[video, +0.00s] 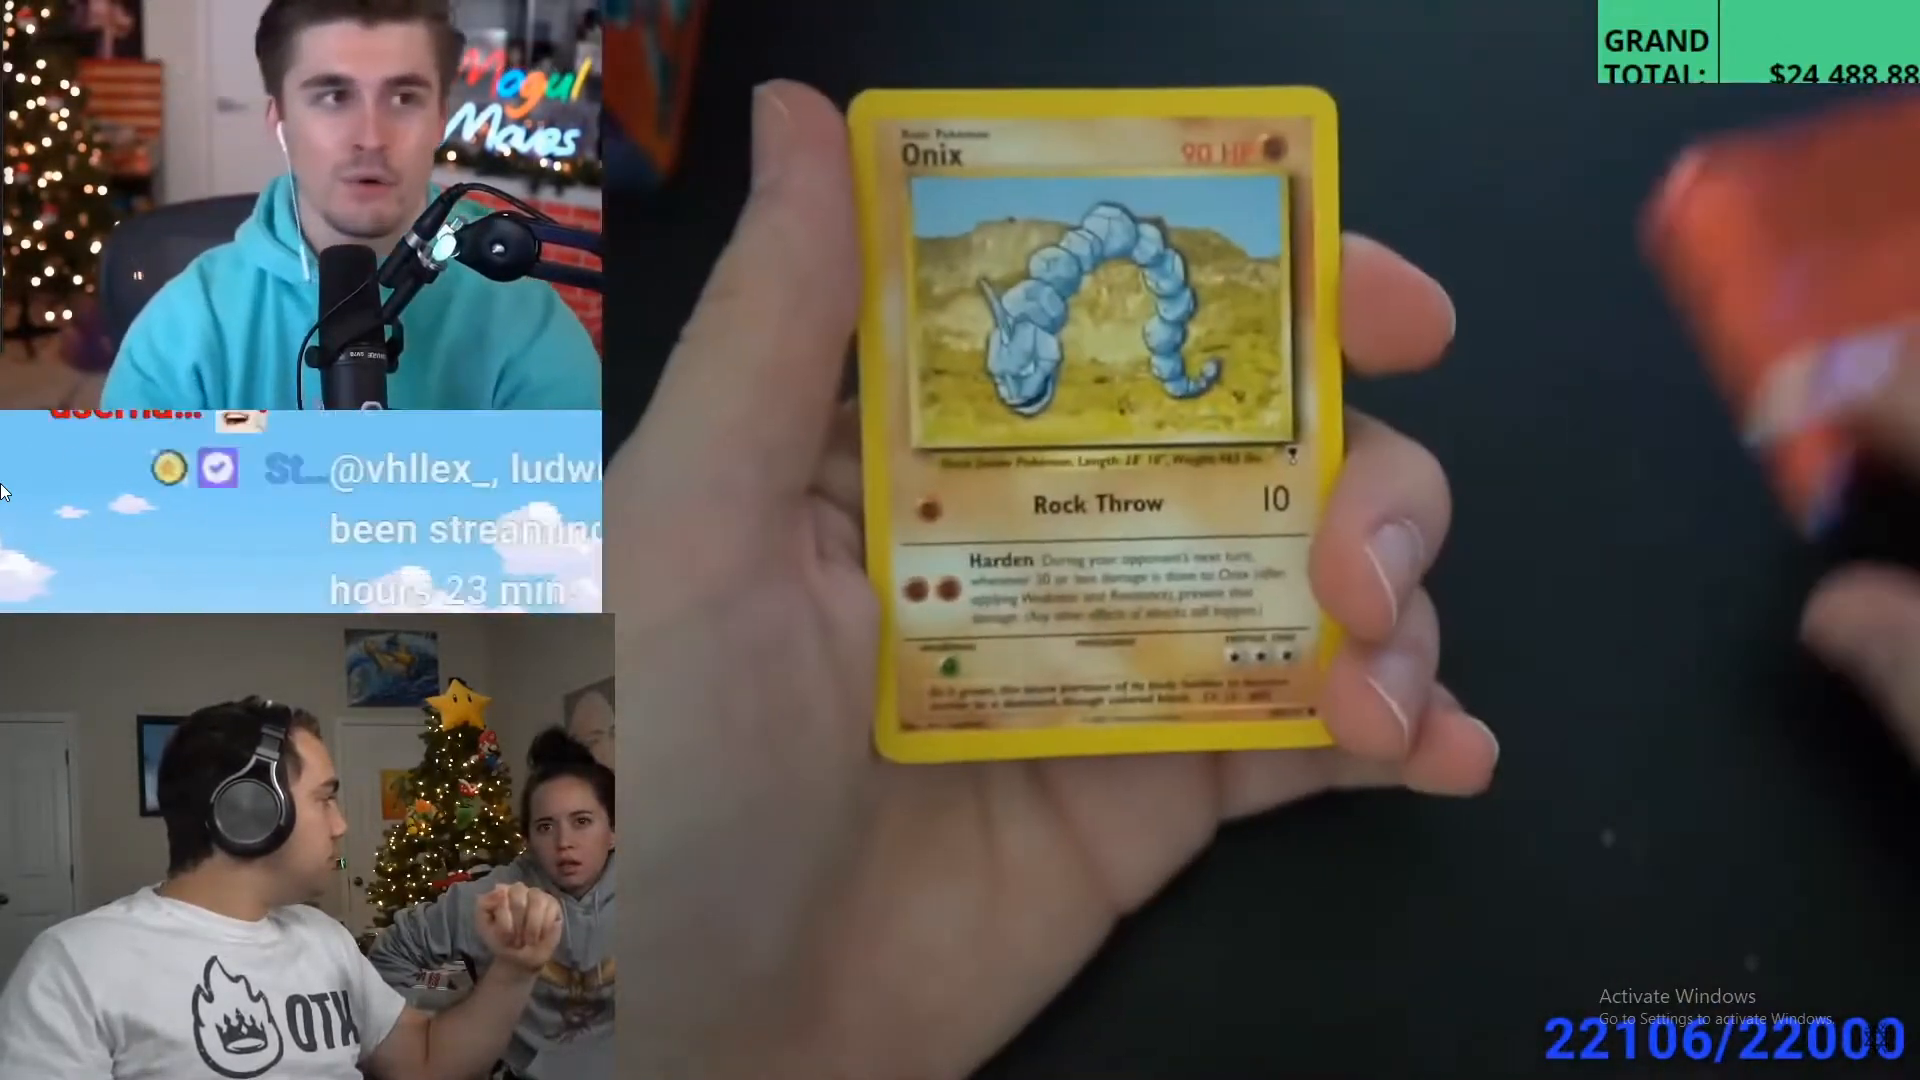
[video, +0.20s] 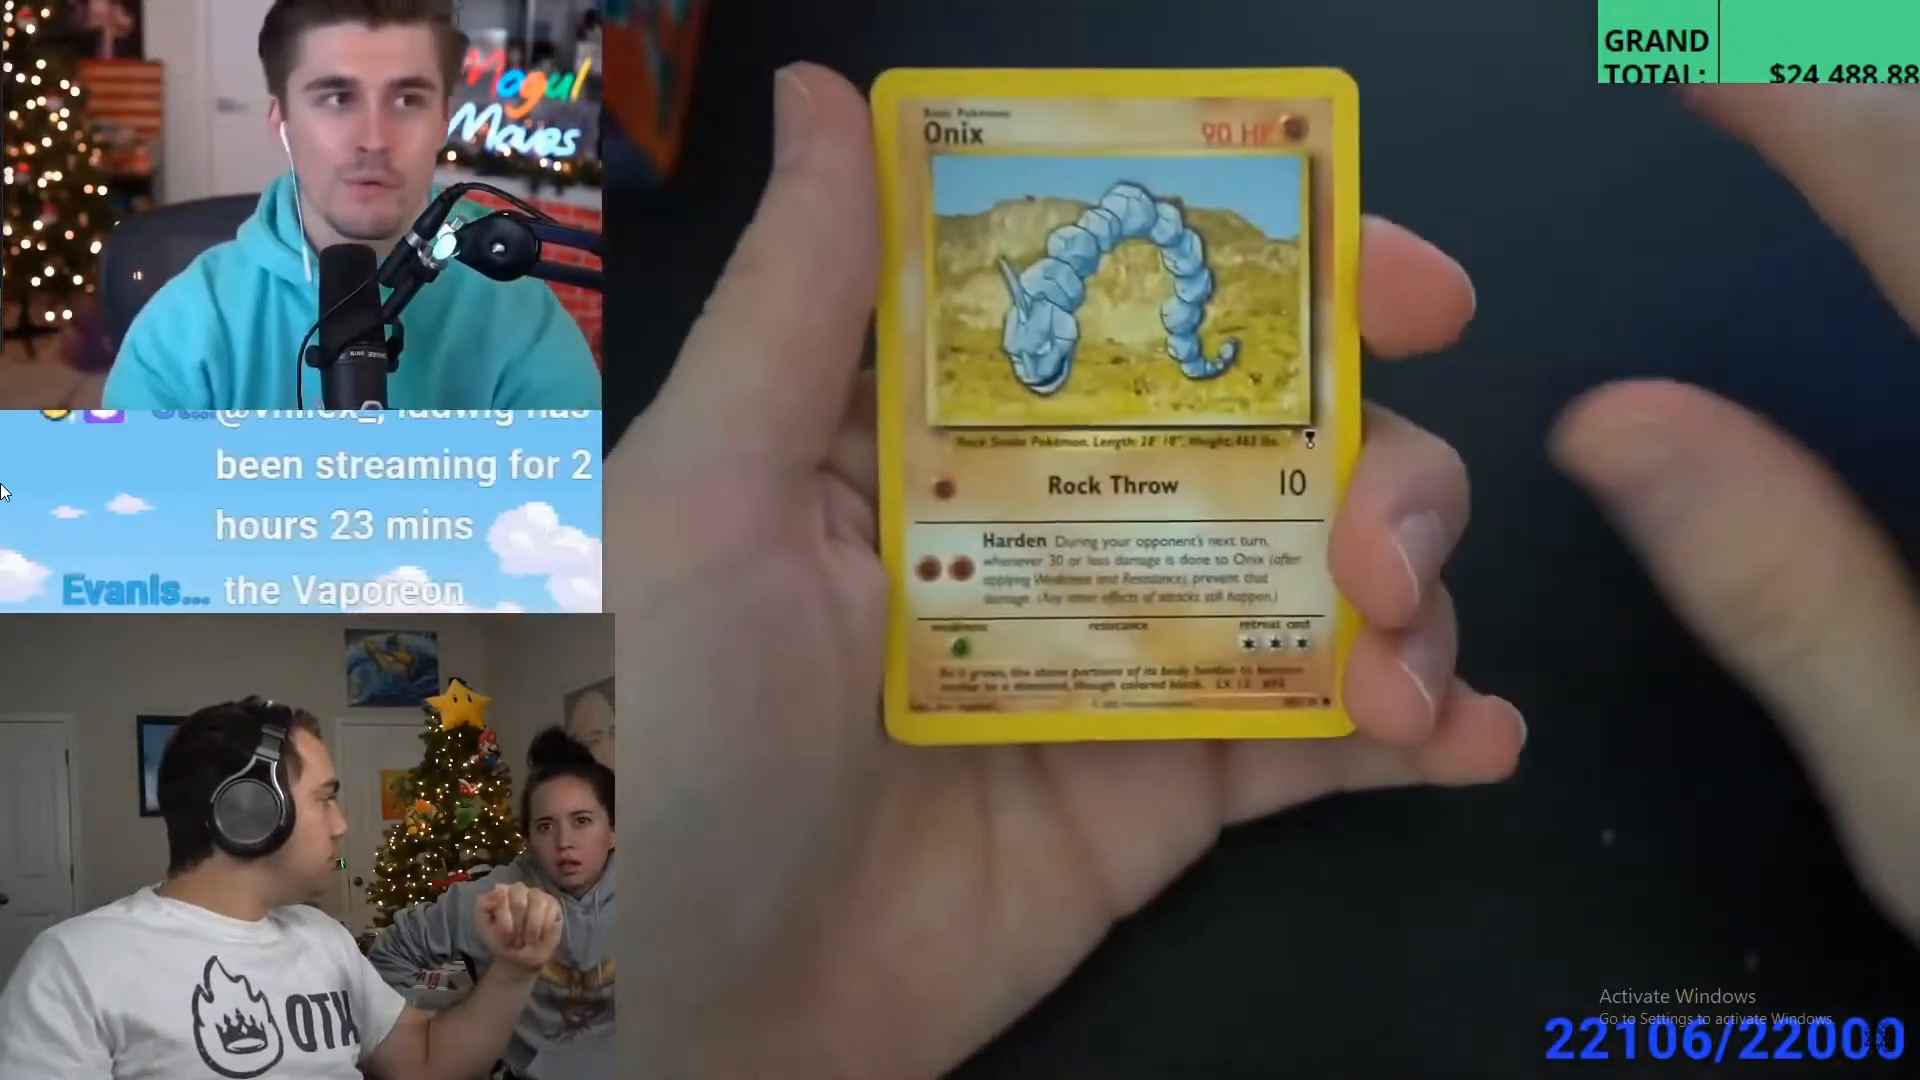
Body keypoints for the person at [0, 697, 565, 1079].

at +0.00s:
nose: (343, 823)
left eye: (335, 798)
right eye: (325, 799)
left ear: (260, 809)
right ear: (249, 810)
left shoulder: (324, 942)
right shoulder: (76, 967)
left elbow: (427, 1059)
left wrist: (512, 969)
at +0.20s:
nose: (343, 824)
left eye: (335, 798)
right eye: (325, 799)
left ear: (260, 809)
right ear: (249, 810)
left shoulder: (324, 942)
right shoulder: (75, 967)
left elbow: (427, 1059)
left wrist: (512, 969)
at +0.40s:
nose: (344, 824)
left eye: (336, 798)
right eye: (326, 799)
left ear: (260, 809)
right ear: (249, 810)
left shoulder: (324, 942)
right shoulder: (75, 967)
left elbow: (426, 1059)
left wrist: (513, 969)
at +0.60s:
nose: (344, 823)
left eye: (336, 798)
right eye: (326, 799)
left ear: (260, 809)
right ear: (249, 810)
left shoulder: (324, 942)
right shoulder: (75, 967)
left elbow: (426, 1058)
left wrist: (513, 969)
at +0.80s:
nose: (345, 823)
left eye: (336, 798)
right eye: (326, 799)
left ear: (260, 809)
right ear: (248, 810)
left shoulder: (324, 942)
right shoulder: (74, 968)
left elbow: (428, 1059)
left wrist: (512, 970)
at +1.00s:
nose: (345, 824)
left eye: (336, 799)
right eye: (325, 800)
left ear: (261, 810)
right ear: (248, 811)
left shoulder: (324, 942)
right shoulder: (75, 967)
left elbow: (428, 1060)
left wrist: (512, 971)